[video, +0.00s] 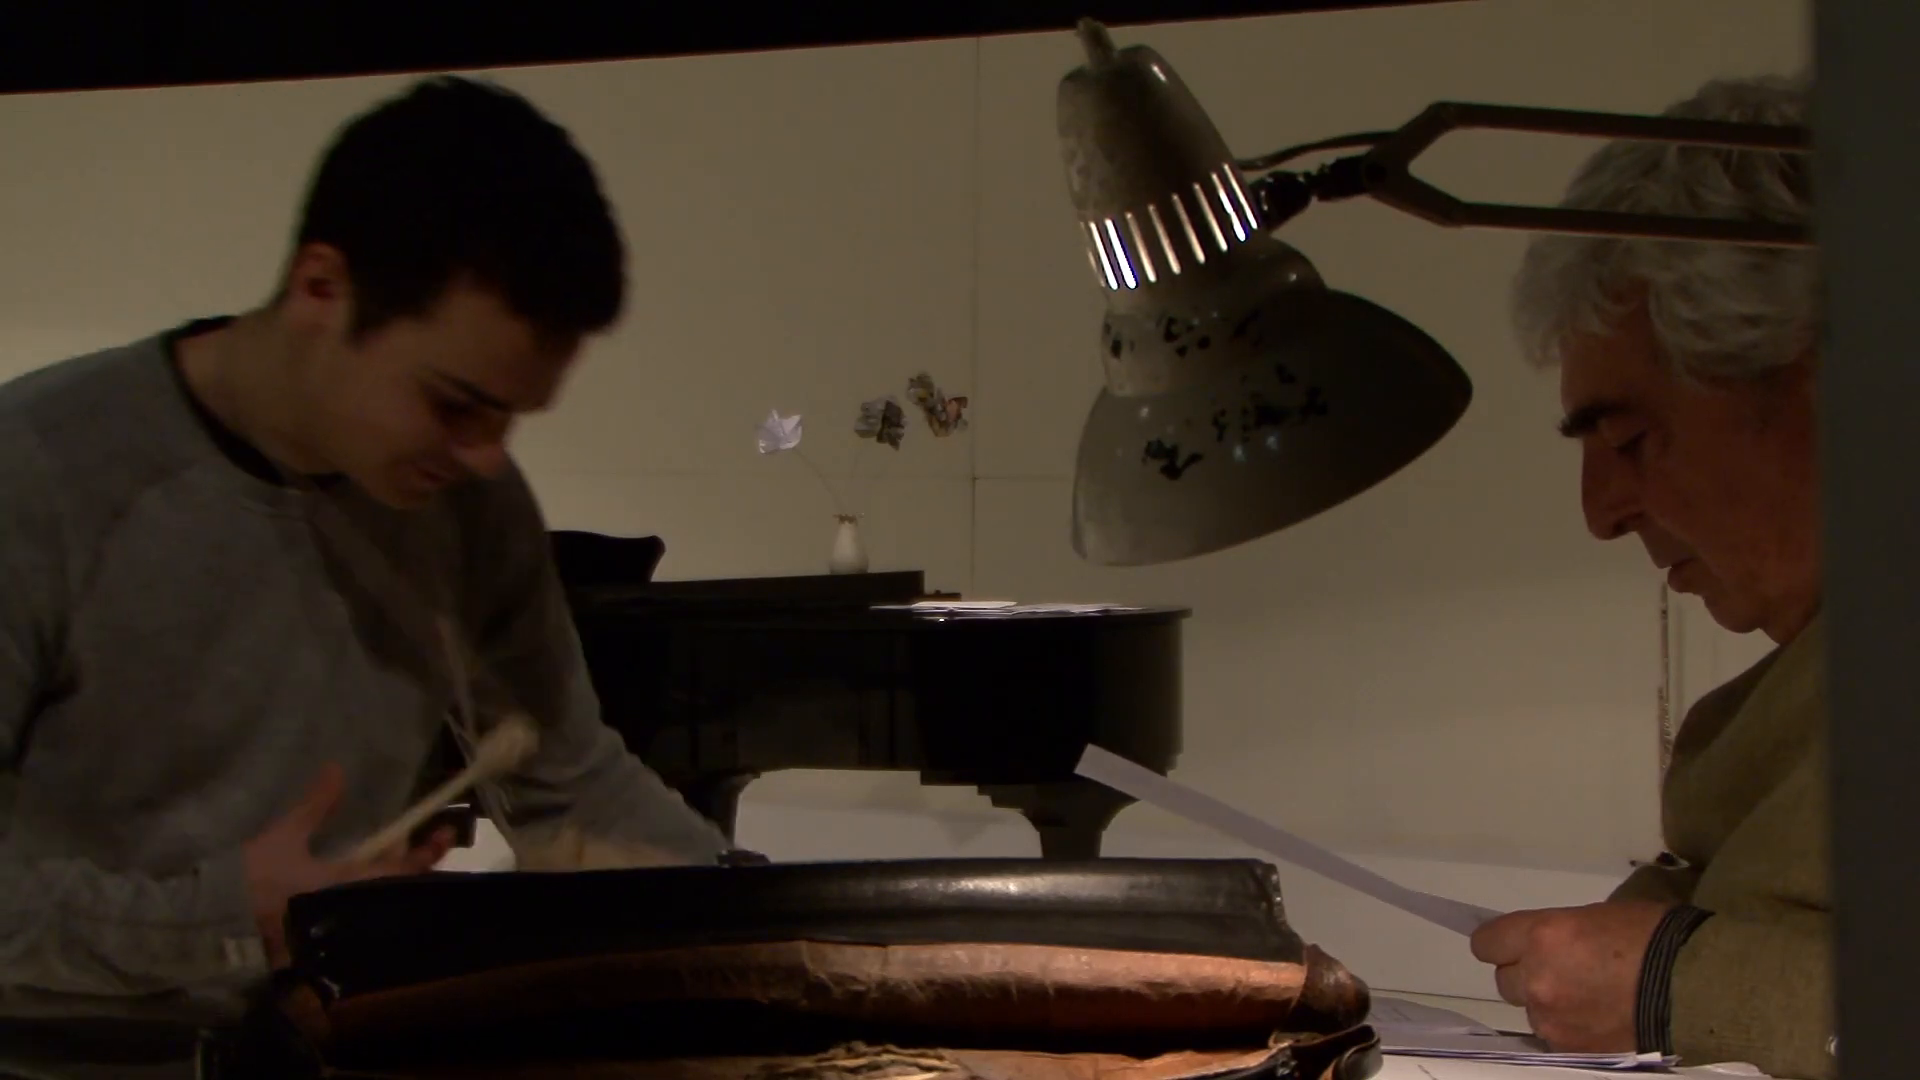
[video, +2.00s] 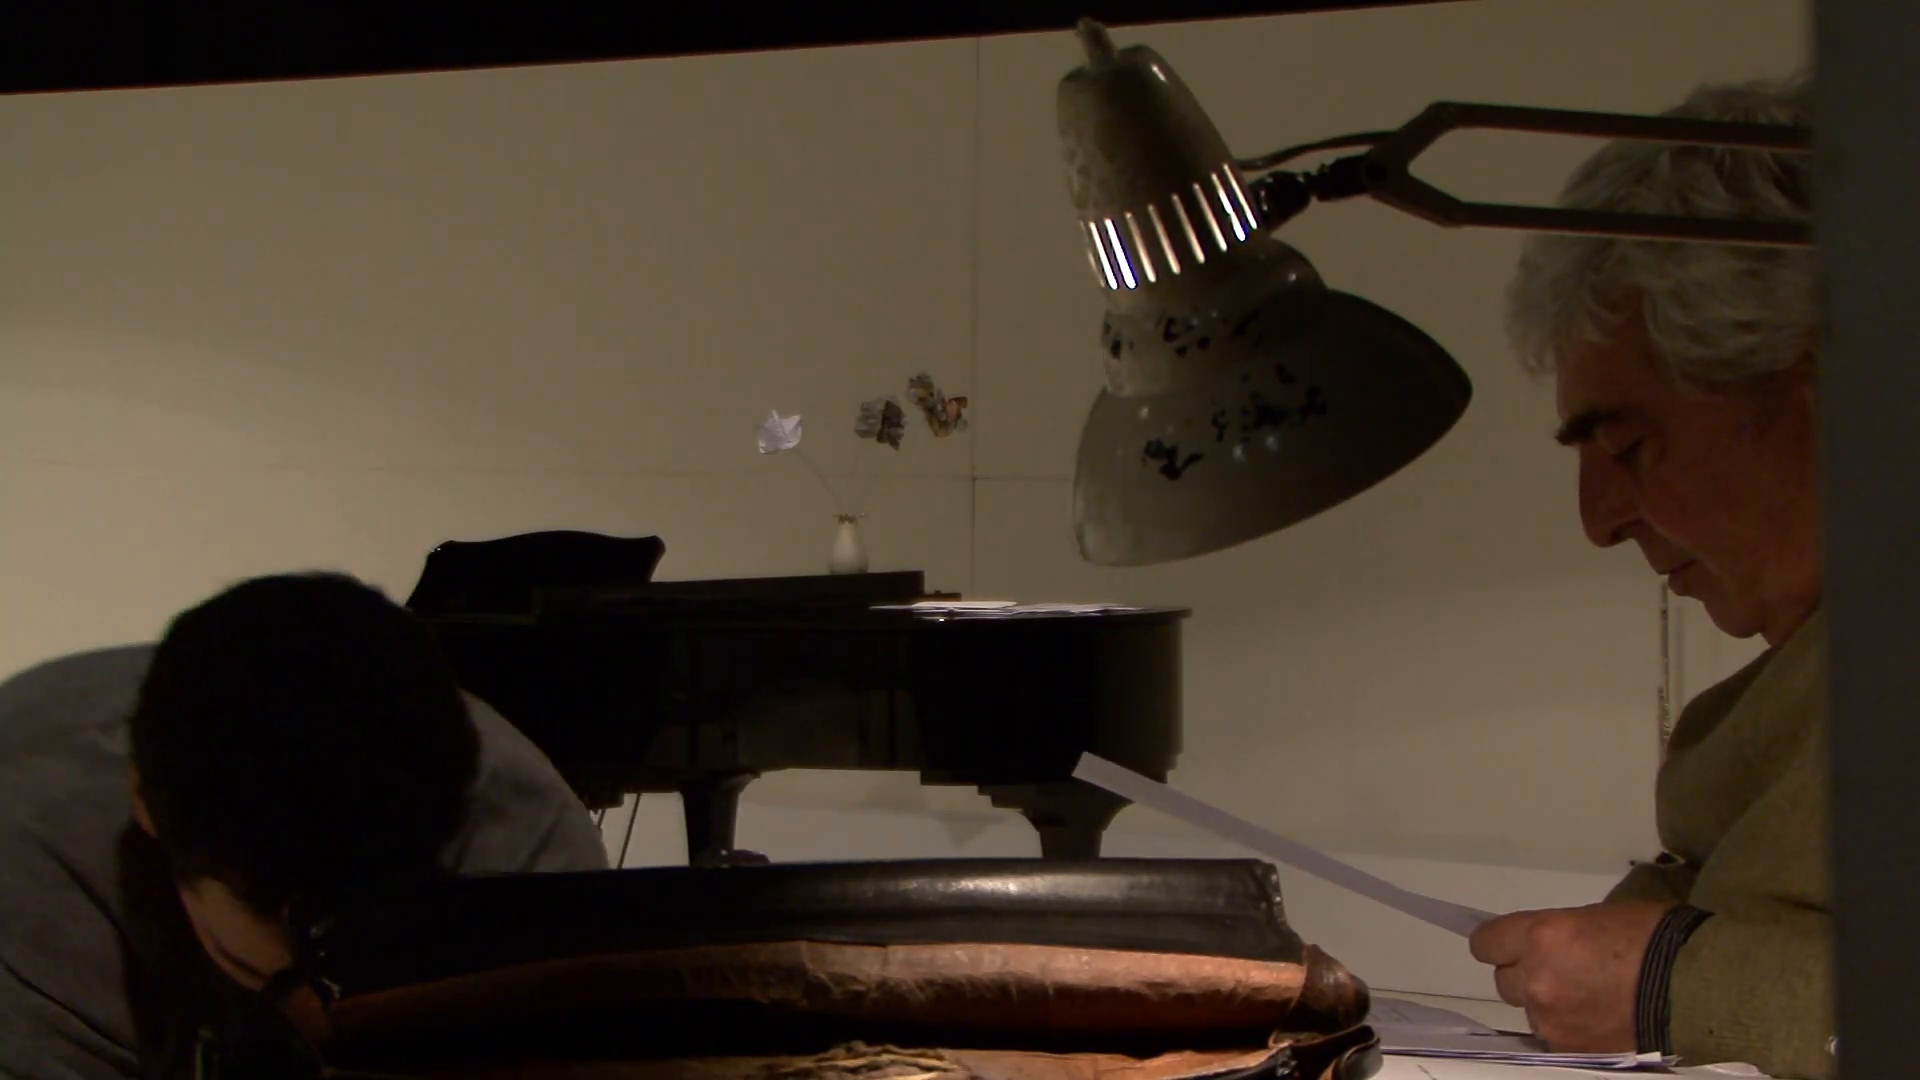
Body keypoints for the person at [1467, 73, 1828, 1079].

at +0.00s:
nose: (1604, 513)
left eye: (1630, 435)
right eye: (1593, 449)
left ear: (1810, 378)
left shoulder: (1876, 659)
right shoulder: (1792, 680)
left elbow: (1894, 1009)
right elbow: (1745, 873)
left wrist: (1675, 986)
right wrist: (1653, 933)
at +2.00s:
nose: (1600, 519)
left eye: (1624, 441)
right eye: (1589, 454)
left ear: (1808, 379)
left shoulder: (1874, 656)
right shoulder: (1799, 667)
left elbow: (1892, 1005)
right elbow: (1733, 873)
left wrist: (1674, 986)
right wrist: (1643, 945)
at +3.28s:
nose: (1600, 520)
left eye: (1625, 442)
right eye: (1590, 455)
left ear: (1808, 379)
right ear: (1803, 376)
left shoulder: (1873, 655)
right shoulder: (1795, 667)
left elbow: (1891, 1005)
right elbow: (1726, 871)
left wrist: (1674, 984)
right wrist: (1643, 945)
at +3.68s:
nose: (1597, 525)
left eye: (1621, 448)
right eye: (1589, 463)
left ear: (1805, 379)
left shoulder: (1872, 653)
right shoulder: (1790, 672)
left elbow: (1895, 1007)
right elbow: (1714, 873)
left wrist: (1674, 984)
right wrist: (1639, 946)